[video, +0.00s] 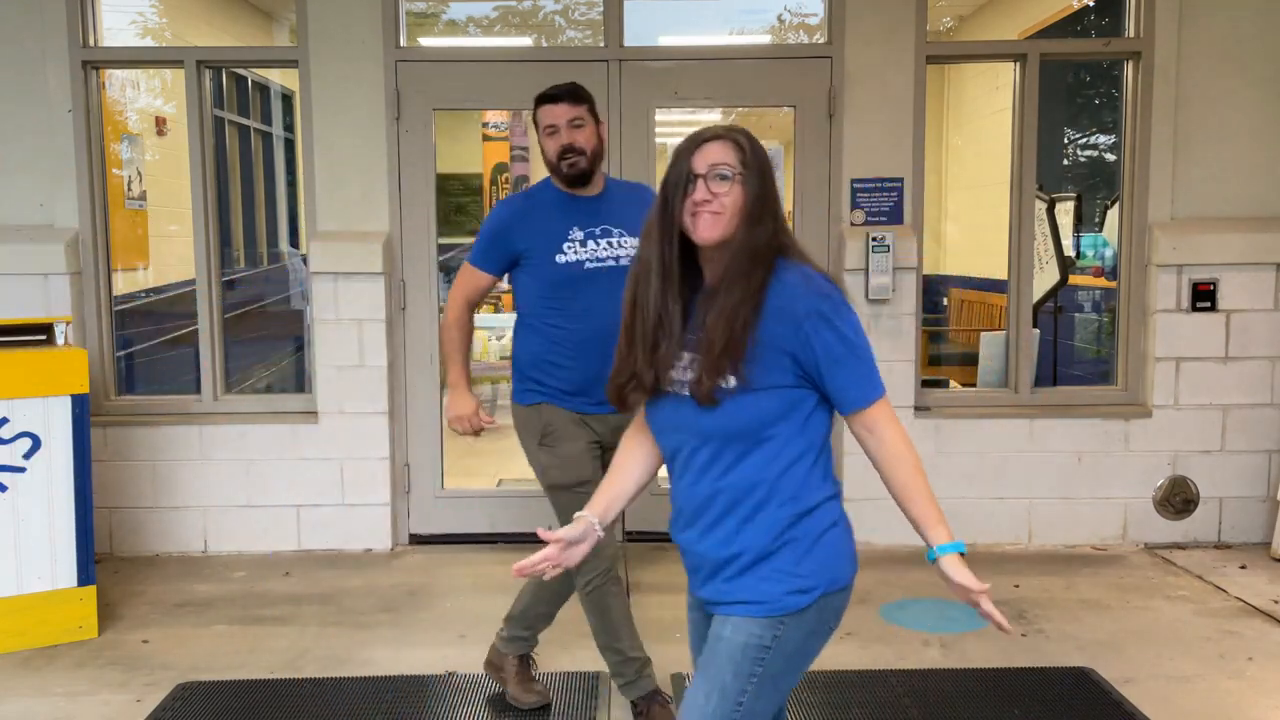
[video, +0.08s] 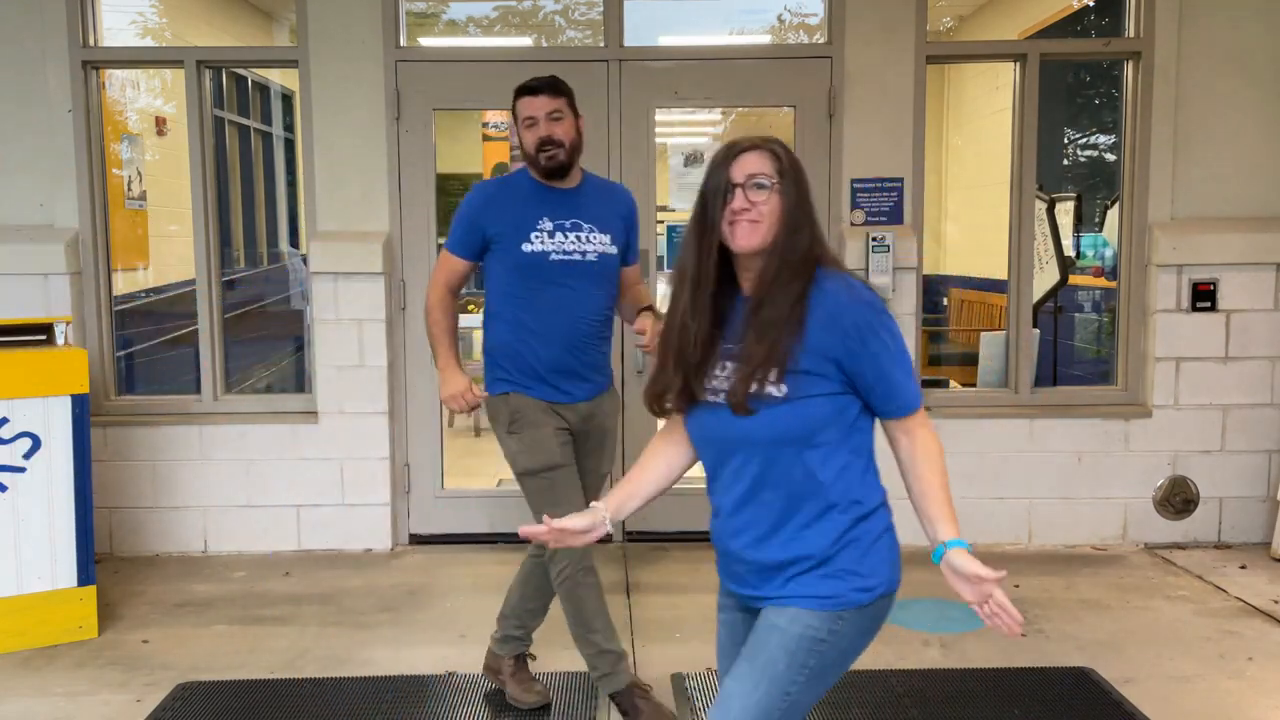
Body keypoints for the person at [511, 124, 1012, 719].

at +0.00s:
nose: (700, 192)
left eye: (721, 177)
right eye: (689, 179)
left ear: (758, 195)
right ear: (676, 198)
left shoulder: (801, 296)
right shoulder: (677, 303)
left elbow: (877, 426)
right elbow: (653, 426)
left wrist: (946, 551)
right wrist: (592, 521)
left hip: (788, 575)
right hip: (709, 568)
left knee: (706, 712)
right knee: (741, 708)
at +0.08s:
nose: (738, 200)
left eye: (759, 186)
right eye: (726, 189)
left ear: (792, 202)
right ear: (711, 207)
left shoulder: (842, 305)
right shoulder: (711, 310)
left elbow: (911, 428)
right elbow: (686, 430)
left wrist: (949, 547)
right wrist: (602, 515)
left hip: (835, 577)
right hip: (743, 572)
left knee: (734, 711)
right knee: (739, 712)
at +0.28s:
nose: (828, 200)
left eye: (847, 182)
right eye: (813, 188)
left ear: (882, 196)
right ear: (799, 209)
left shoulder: (941, 302)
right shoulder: (781, 301)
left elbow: (958, 441)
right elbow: (737, 411)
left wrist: (975, 427)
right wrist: (641, 465)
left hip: (915, 552)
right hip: (800, 554)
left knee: (865, 708)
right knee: (788, 710)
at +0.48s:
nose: (907, 165)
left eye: (922, 148)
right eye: (891, 157)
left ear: (957, 157)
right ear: (878, 178)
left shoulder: (1013, 265)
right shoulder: (849, 253)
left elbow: (1038, 410)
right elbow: (797, 357)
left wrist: (1027, 391)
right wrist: (711, 429)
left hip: (979, 527)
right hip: (850, 528)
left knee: (1053, 708)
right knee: (844, 709)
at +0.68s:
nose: (990, 195)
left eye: (1005, 177)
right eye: (974, 189)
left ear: (1041, 186)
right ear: (964, 213)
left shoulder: (1104, 298)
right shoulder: (937, 284)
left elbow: (1129, 445)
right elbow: (887, 390)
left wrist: (1126, 416)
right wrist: (797, 455)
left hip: (1058, 562)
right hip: (926, 555)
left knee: (1119, 713)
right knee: (897, 711)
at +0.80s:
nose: (1033, 191)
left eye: (1048, 174)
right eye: (1016, 185)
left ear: (1084, 186)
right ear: (1003, 209)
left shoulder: (1151, 295)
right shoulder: (977, 289)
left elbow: (1183, 415)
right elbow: (939, 402)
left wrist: (1192, 440)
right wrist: (855, 456)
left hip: (1109, 559)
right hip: (974, 548)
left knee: (1147, 713)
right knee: (929, 712)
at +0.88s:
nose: (1052, 191)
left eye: (1070, 173)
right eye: (1037, 184)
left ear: (1108, 188)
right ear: (1026, 210)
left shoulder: (1178, 294)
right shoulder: (1002, 292)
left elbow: (1231, 422)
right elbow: (962, 407)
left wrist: (1238, 459)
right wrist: (877, 426)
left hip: (1131, 559)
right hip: (997, 546)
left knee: (1160, 712)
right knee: (951, 709)